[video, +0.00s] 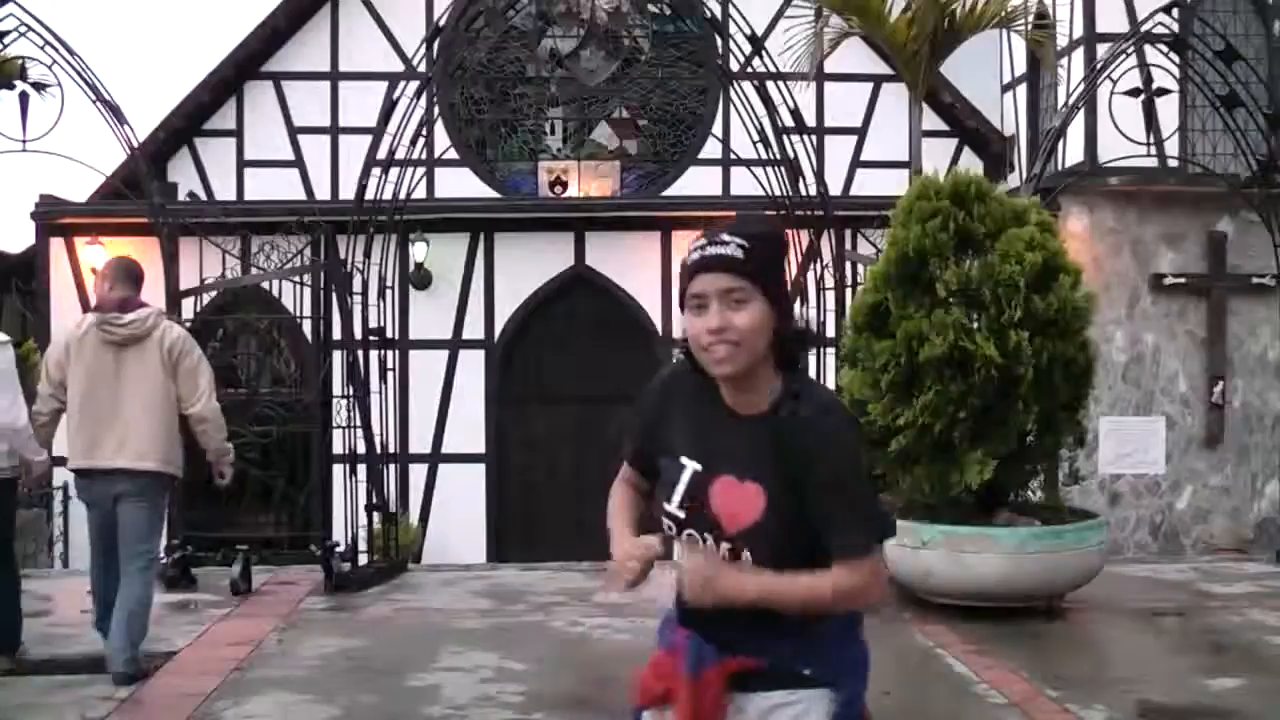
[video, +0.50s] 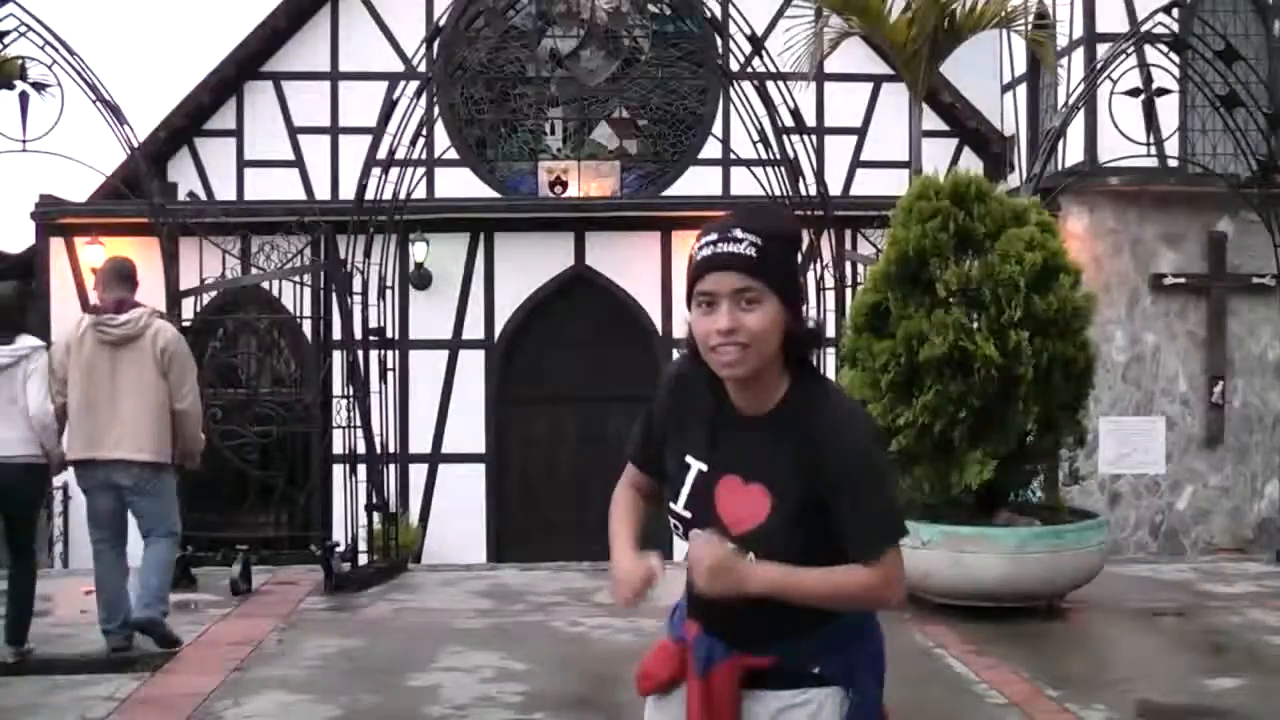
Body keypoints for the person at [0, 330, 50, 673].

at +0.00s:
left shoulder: (7, 353)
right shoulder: (5, 352)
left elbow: (13, 416)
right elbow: (13, 417)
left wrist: (34, 455)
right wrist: (36, 455)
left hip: (8, 474)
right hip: (5, 473)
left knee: (8, 565)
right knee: (7, 564)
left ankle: (10, 645)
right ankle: (9, 646)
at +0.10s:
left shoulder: (10, 355)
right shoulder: (8, 354)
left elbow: (18, 423)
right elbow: (19, 422)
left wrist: (43, 458)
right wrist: (45, 458)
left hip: (10, 477)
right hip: (6, 476)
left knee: (10, 560)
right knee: (9, 560)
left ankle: (16, 637)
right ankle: (15, 639)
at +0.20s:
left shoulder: (13, 357)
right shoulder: (12, 357)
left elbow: (25, 425)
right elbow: (25, 425)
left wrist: (46, 460)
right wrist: (47, 460)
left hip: (13, 477)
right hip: (9, 476)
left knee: (13, 560)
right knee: (12, 559)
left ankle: (16, 639)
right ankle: (16, 640)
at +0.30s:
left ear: (8, 328)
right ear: (12, 325)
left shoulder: (20, 358)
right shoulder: (20, 358)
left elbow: (32, 420)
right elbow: (33, 419)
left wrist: (49, 460)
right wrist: (50, 459)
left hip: (14, 474)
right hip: (13, 474)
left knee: (14, 559)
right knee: (14, 559)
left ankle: (14, 641)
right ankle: (14, 642)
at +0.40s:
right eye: (22, 314)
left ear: (4, 320)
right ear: (19, 318)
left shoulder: (24, 355)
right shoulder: (27, 355)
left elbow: (36, 414)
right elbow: (36, 414)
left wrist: (52, 453)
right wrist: (53, 454)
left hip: (13, 468)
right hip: (17, 467)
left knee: (18, 558)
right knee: (19, 558)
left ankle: (15, 640)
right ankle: (15, 641)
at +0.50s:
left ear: (2, 317)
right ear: (21, 315)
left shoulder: (25, 352)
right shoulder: (32, 352)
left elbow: (39, 410)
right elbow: (38, 410)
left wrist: (54, 451)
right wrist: (55, 452)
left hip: (11, 463)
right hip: (20, 463)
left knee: (19, 556)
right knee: (21, 555)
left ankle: (14, 640)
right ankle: (15, 641)